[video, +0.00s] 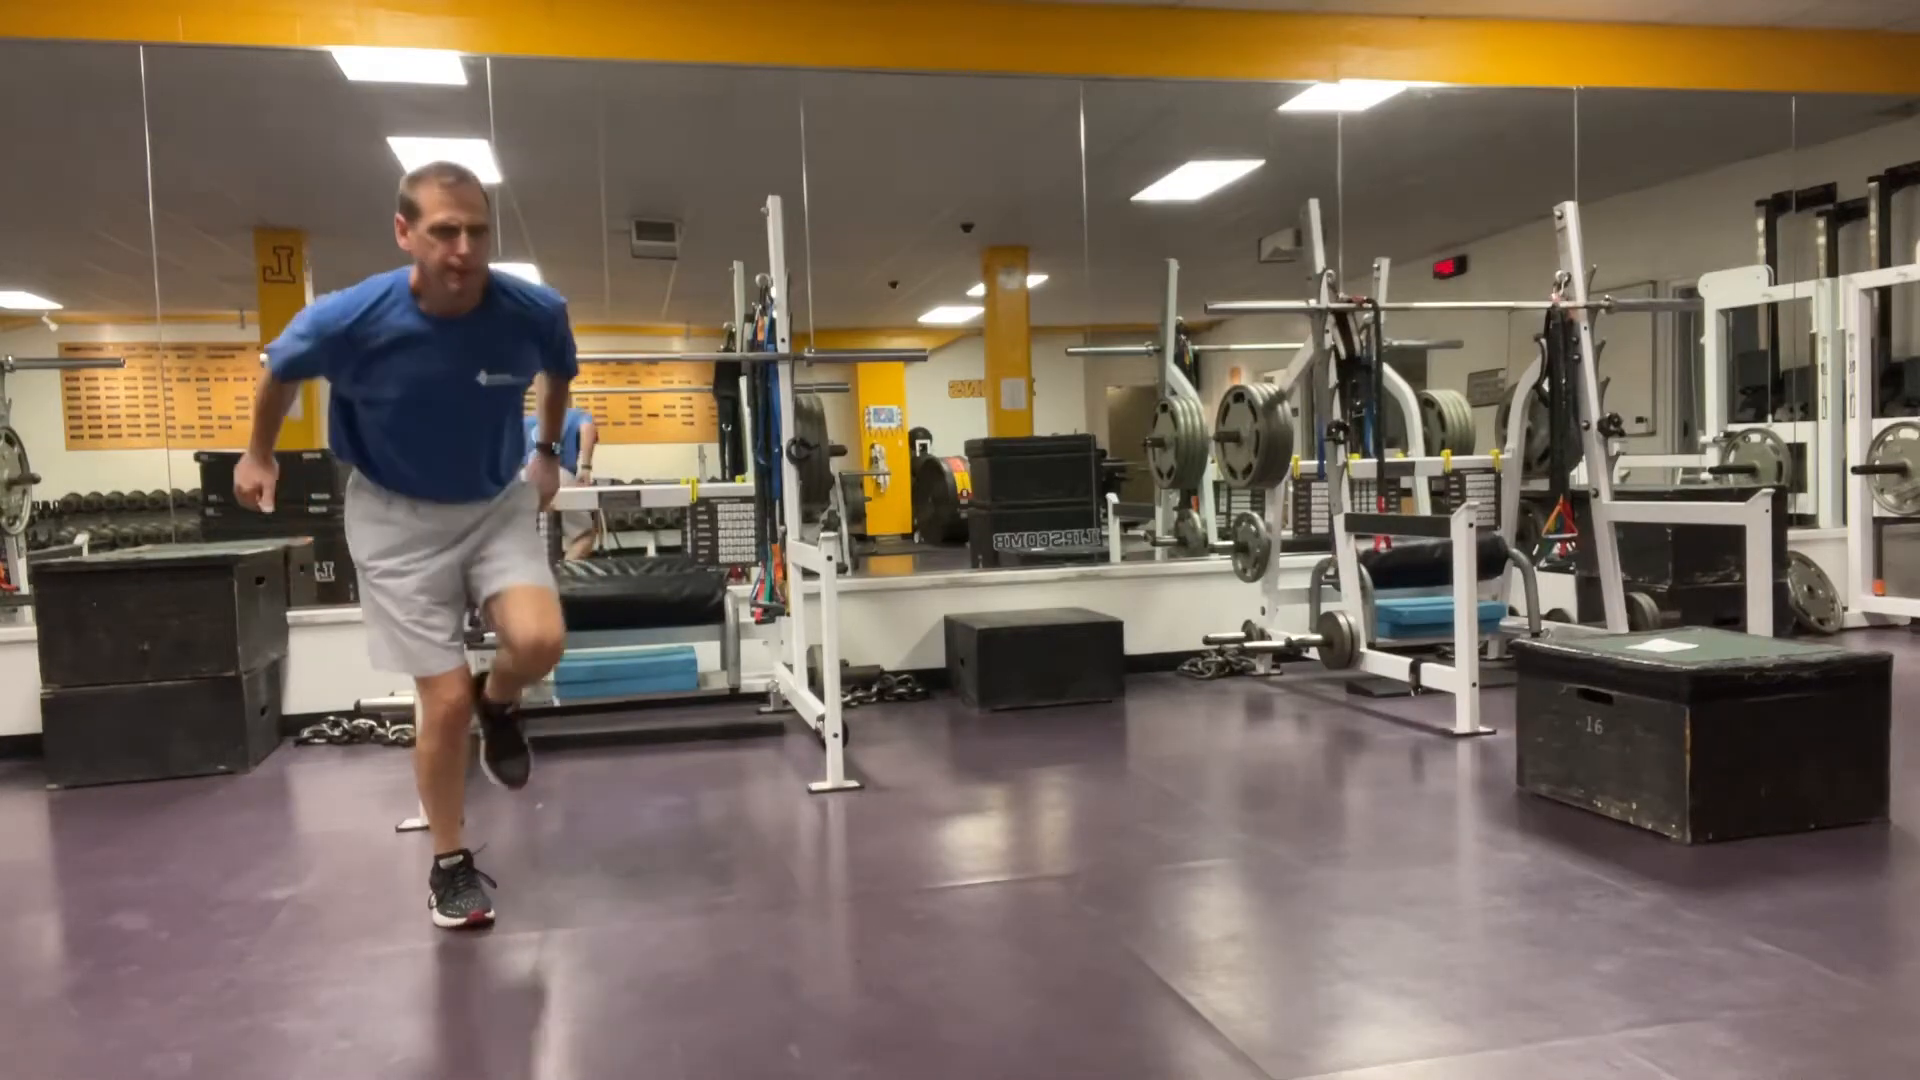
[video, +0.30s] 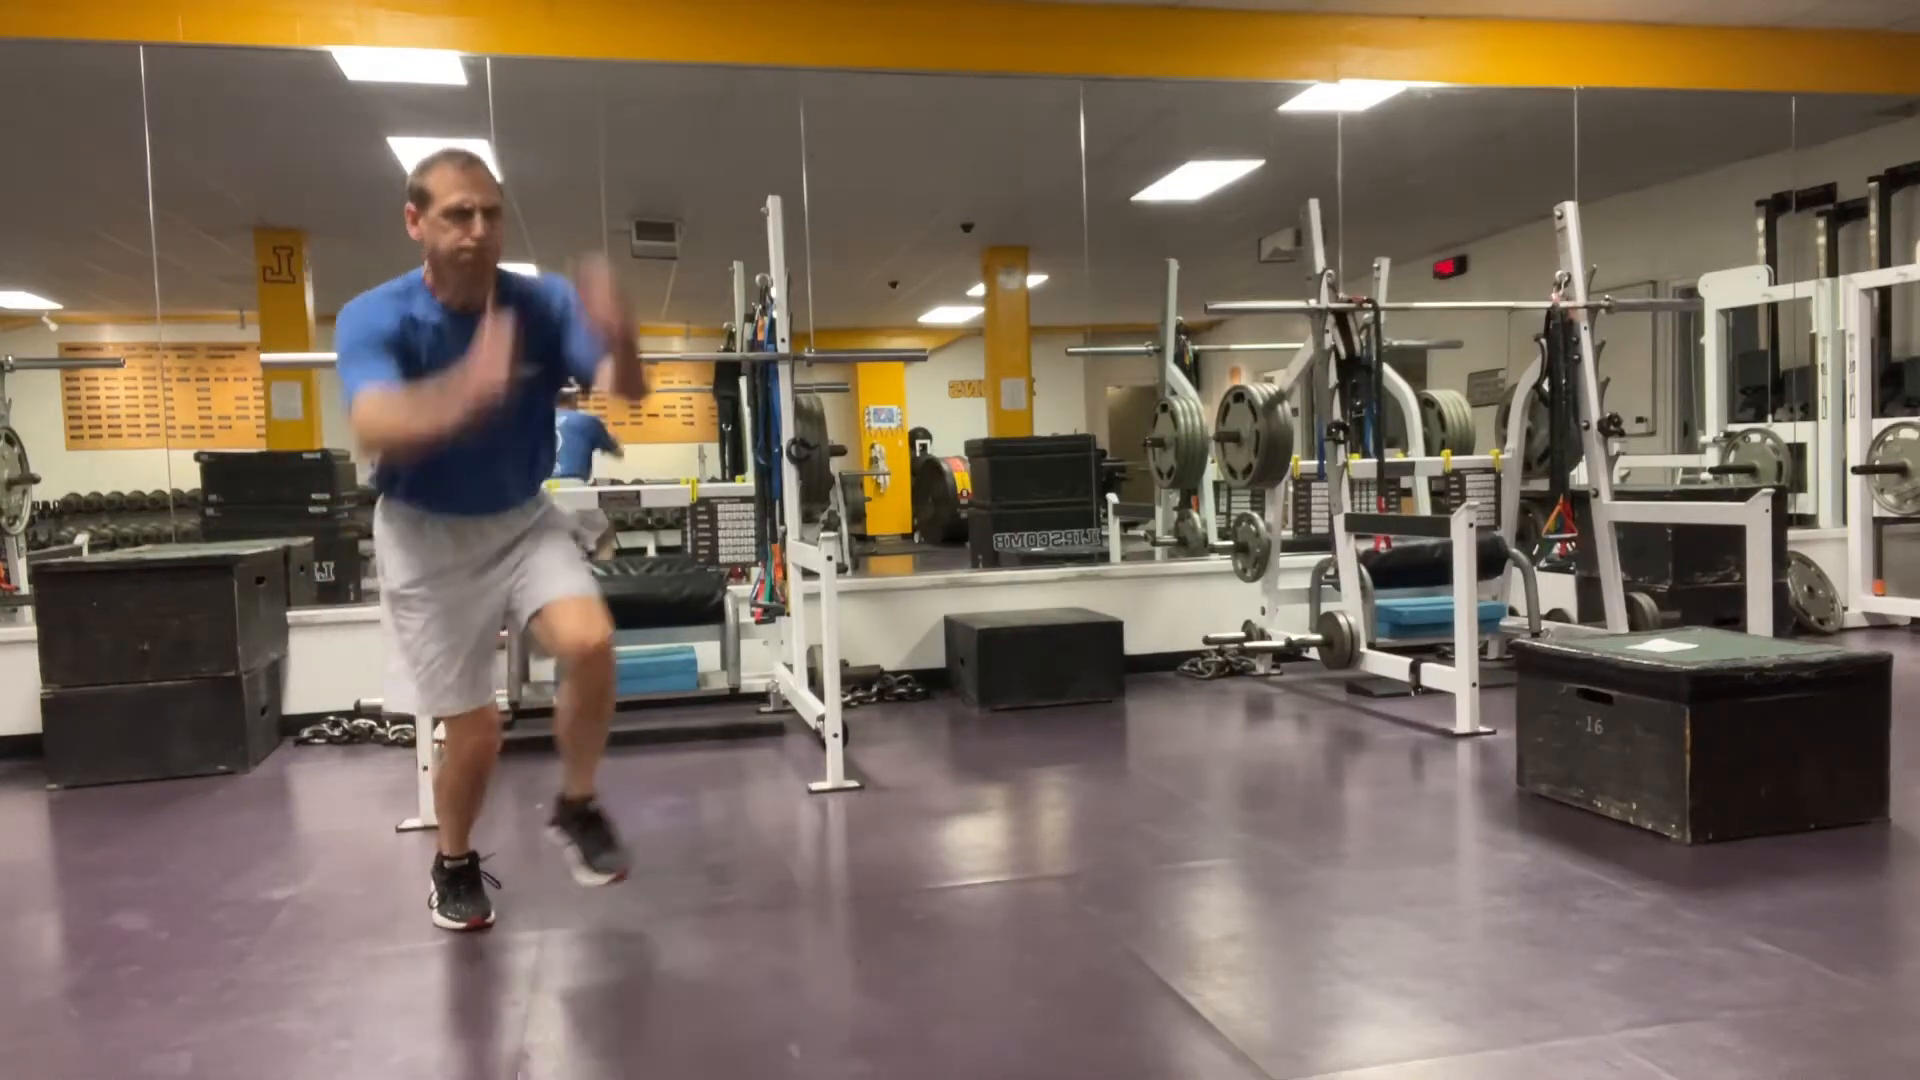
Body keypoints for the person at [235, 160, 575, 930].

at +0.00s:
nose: (464, 250)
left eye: (477, 233)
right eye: (445, 233)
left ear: (492, 233)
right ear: (405, 233)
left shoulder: (531, 313)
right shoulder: (349, 320)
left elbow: (558, 365)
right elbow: (281, 369)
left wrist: (547, 450)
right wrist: (258, 453)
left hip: (501, 502)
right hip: (397, 516)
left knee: (539, 641)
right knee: (451, 701)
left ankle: (494, 704)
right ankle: (451, 860)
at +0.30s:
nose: (477, 233)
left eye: (489, 216)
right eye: (458, 216)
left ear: (506, 220)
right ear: (415, 220)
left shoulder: (542, 302)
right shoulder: (375, 318)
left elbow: (627, 389)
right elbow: (376, 424)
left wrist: (619, 334)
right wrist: (463, 391)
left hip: (524, 523)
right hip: (426, 542)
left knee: (589, 640)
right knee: (475, 733)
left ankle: (579, 802)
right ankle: (455, 861)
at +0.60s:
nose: (569, 58)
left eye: (582, 38)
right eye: (547, 36)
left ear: (598, 46)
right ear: (499, 43)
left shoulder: (630, 130)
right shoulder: (446, 129)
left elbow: (774, 163)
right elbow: (286, 140)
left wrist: (745, 91)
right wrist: (405, 125)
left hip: (602, 389)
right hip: (496, 419)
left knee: (753, 461)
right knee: (551, 660)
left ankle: (671, 579)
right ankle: (533, 856)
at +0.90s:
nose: (730, 239)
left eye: (735, 216)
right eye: (702, 220)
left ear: (746, 216)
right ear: (635, 231)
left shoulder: (783, 334)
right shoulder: (560, 365)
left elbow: (866, 440)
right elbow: (461, 535)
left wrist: (837, 478)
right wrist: (522, 664)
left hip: (715, 567)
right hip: (593, 592)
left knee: (859, 685)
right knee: (684, 792)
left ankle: (762, 818)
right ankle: (643, 1035)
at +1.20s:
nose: (912, 194)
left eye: (917, 174)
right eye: (888, 177)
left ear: (923, 179)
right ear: (820, 188)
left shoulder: (953, 285)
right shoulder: (767, 287)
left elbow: (1092, 306)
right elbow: (663, 350)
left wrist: (1124, 237)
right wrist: (714, 343)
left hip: (858, 563)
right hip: (749, 572)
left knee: (1036, 663)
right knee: (804, 822)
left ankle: (907, 820)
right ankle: (652, 1031)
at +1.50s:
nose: (1217, 134)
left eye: (1224, 117)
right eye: (1202, 113)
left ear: (1218, 122)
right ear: (1142, 106)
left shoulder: (1196, 229)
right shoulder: (1055, 196)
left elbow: (1242, 330)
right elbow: (922, 263)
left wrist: (1306, 395)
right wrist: (1033, 355)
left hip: (1117, 459)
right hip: (1023, 466)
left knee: (1263, 569)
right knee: (1127, 667)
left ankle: (1229, 702)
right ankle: (1045, 846)